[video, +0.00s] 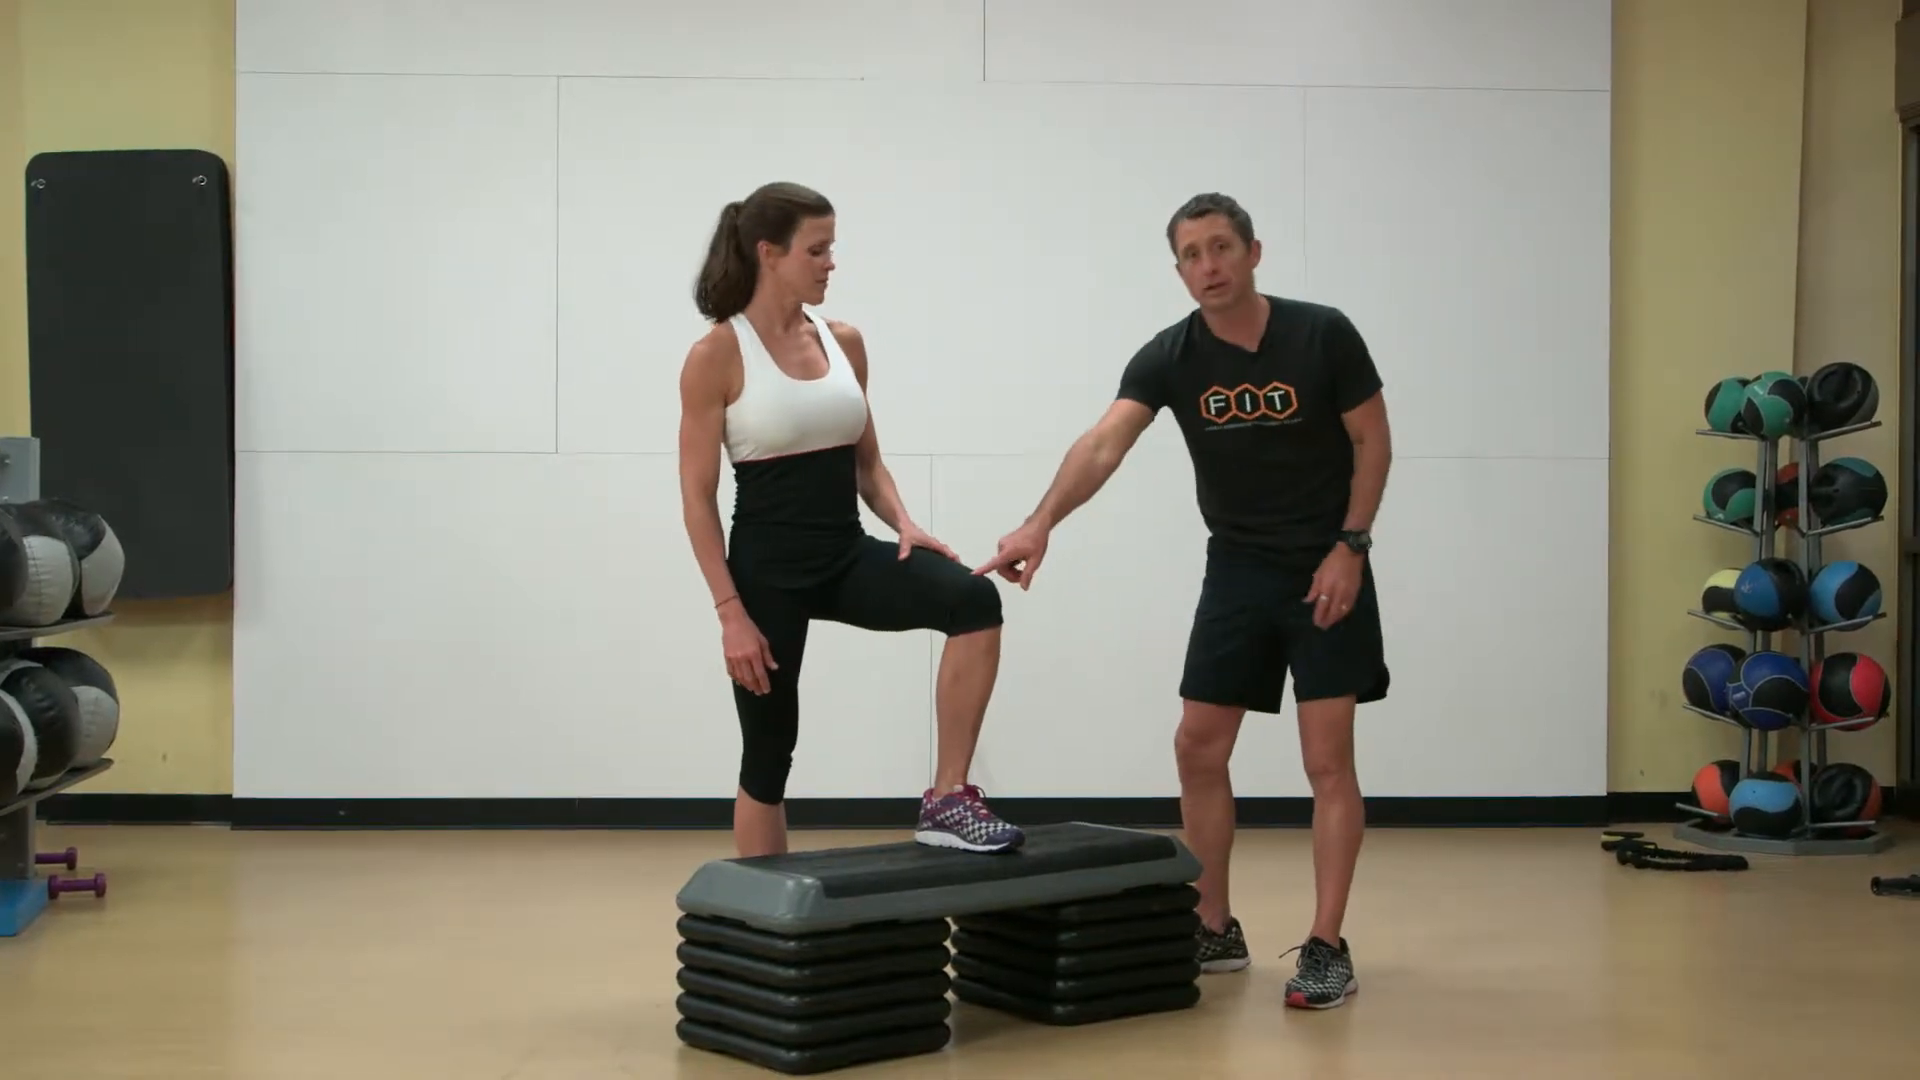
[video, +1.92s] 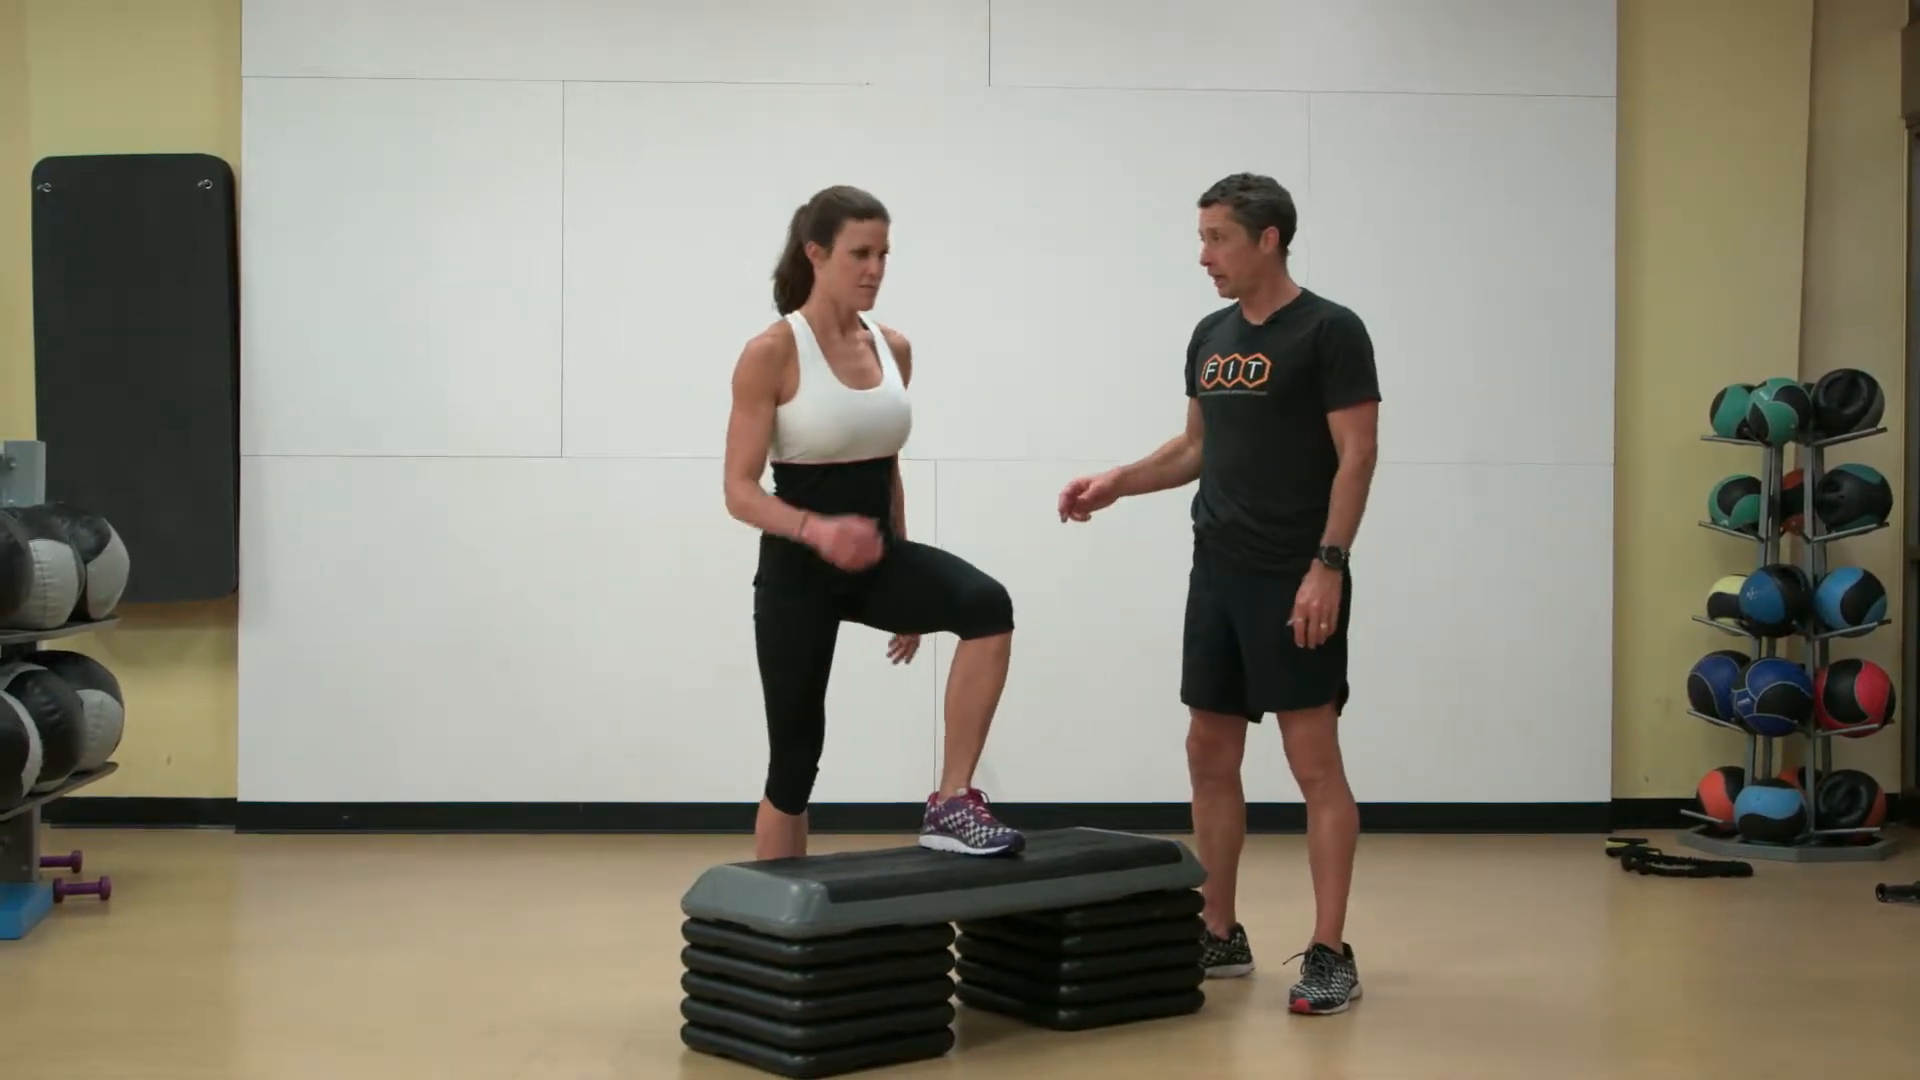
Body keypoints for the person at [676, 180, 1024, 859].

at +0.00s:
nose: (832, 262)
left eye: (832, 248)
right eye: (818, 249)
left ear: (794, 254)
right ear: (769, 253)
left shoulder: (842, 342)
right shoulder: (716, 357)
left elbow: (867, 462)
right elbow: (698, 500)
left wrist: (904, 523)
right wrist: (730, 612)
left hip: (845, 556)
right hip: (767, 568)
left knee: (974, 602)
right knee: (767, 760)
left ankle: (949, 797)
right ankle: (763, 929)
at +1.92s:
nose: (876, 267)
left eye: (882, 254)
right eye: (861, 253)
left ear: (885, 258)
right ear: (814, 254)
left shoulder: (891, 349)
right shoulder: (771, 355)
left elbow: (888, 470)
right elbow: (739, 493)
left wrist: (907, 593)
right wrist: (811, 527)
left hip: (877, 558)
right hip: (798, 569)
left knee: (986, 606)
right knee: (794, 765)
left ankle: (952, 800)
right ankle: (776, 934)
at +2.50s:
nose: (997, 127)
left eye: (1002, 113)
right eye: (981, 113)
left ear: (1004, 124)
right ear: (935, 120)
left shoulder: (1018, 233)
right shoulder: (889, 210)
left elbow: (1075, 349)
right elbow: (823, 329)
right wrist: (804, 452)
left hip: (962, 433)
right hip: (882, 428)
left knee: (1010, 611)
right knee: (995, 529)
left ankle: (960, 804)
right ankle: (882, 632)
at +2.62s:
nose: (990, 57)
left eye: (997, 42)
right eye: (975, 40)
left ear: (1000, 53)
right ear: (928, 47)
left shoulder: (1018, 152)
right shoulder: (880, 140)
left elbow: (1099, 234)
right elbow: (810, 256)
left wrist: (1069, 133)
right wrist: (761, 367)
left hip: (968, 358)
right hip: (887, 349)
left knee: (963, 574)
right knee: (1022, 360)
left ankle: (958, 786)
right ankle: (929, 521)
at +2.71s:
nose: (987, 31)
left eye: (995, 19)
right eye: (971, 16)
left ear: (999, 30)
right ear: (927, 23)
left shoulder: (1018, 128)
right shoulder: (876, 115)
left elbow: (1106, 198)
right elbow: (807, 228)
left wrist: (1063, 102)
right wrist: (757, 337)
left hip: (972, 341)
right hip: (887, 327)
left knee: (957, 551)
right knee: (1024, 309)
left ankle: (943, 764)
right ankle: (930, 479)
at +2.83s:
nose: (987, 50)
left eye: (995, 36)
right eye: (971, 33)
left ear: (998, 46)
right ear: (925, 38)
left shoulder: (1015, 147)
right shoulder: (878, 133)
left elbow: (1108, 223)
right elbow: (808, 245)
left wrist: (1066, 126)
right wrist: (762, 353)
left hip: (968, 358)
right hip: (888, 343)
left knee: (955, 575)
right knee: (1017, 349)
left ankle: (930, 784)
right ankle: (910, 497)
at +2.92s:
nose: (991, 77)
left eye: (997, 62)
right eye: (975, 62)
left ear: (1001, 73)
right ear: (930, 68)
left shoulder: (1020, 180)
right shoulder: (880, 164)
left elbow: (1095, 284)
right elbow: (813, 281)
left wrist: (1075, 179)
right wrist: (776, 398)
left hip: (960, 389)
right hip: (882, 375)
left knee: (965, 598)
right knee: (999, 441)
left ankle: (919, 798)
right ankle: (885, 566)